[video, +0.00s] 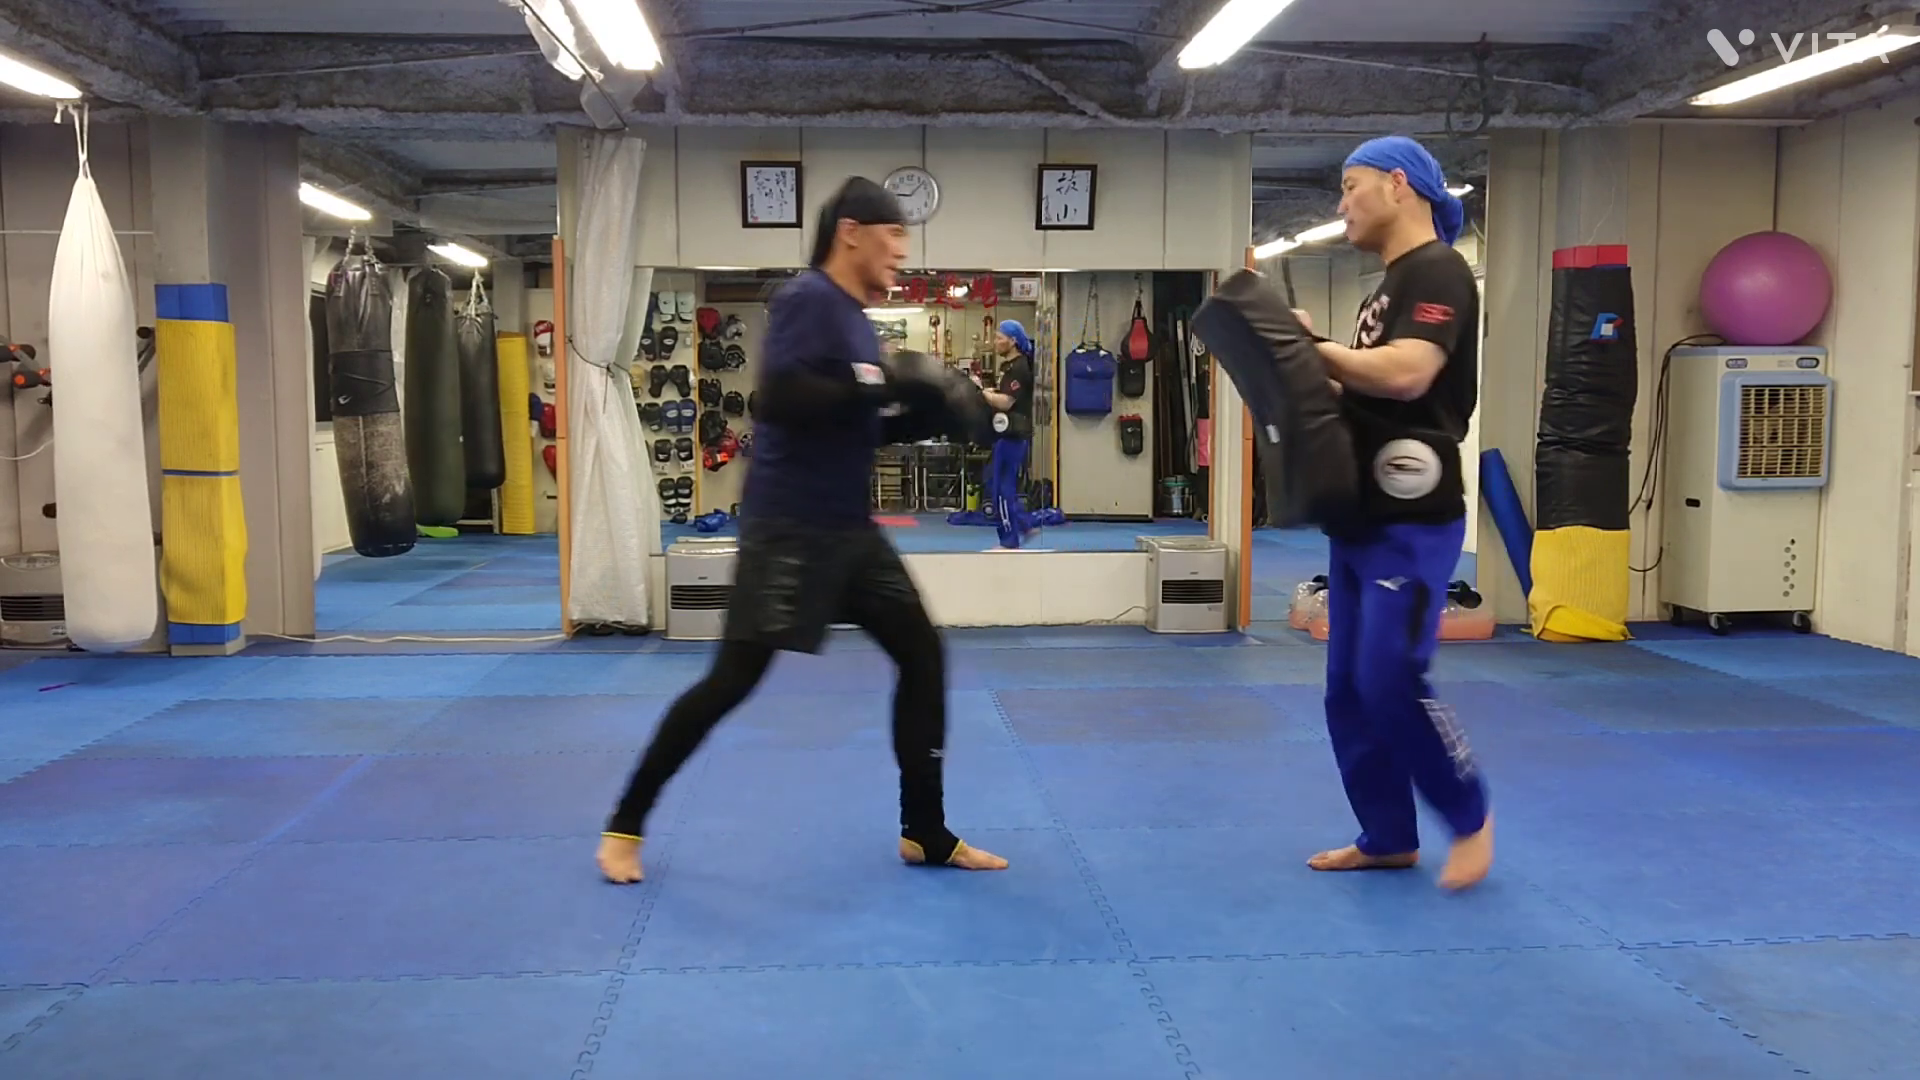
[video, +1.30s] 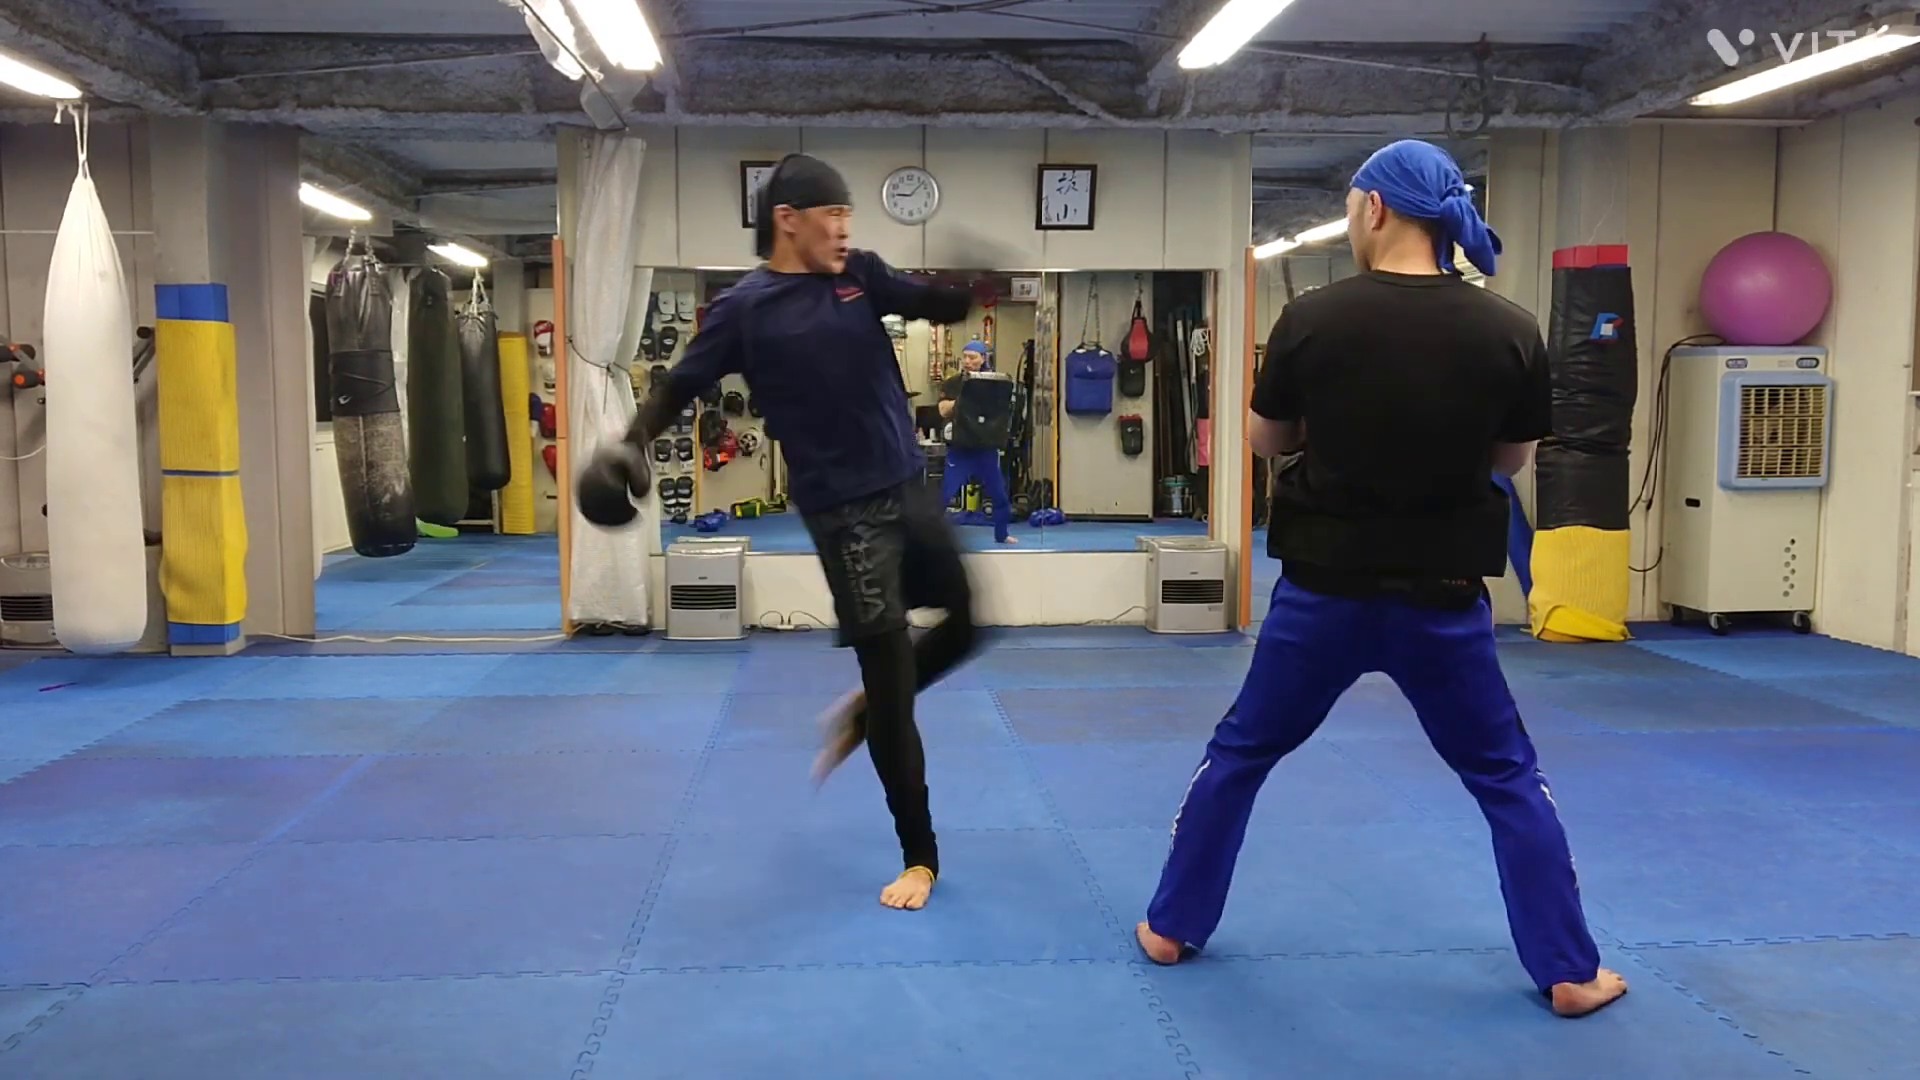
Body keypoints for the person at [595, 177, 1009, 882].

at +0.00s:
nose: (903, 254)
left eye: (905, 241)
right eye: (892, 238)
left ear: (861, 240)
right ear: (848, 234)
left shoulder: (858, 322)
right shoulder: (807, 300)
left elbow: (854, 429)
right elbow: (779, 393)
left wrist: (933, 413)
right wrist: (884, 385)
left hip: (850, 533)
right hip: (785, 532)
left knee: (921, 653)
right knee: (733, 680)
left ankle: (926, 831)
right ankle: (625, 823)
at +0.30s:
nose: (798, 256)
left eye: (801, 244)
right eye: (789, 241)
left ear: (766, 242)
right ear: (744, 234)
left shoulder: (772, 318)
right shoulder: (690, 305)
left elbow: (772, 413)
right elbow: (671, 405)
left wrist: (826, 404)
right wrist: (765, 370)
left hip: (753, 525)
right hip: (681, 530)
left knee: (837, 640)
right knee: (654, 688)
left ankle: (820, 799)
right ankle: (588, 838)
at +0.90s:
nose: (844, 256)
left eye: (848, 242)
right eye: (835, 240)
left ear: (816, 241)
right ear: (792, 232)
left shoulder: (801, 304)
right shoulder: (759, 292)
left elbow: (815, 406)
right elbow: (767, 386)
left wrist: (894, 391)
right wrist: (845, 329)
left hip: (785, 508)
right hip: (735, 507)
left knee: (785, 656)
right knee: (747, 658)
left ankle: (763, 797)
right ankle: (636, 806)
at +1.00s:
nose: (855, 247)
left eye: (859, 234)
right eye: (844, 233)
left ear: (836, 236)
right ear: (802, 230)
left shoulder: (826, 302)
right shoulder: (769, 288)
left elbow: (850, 380)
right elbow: (743, 383)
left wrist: (901, 361)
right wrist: (836, 386)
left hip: (796, 501)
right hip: (757, 501)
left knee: (797, 645)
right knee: (790, 645)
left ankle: (763, 799)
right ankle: (736, 815)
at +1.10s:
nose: (854, 241)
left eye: (860, 231)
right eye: (841, 229)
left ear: (865, 235)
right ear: (804, 227)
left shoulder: (846, 296)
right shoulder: (774, 288)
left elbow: (912, 363)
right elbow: (735, 388)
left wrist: (880, 290)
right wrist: (811, 441)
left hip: (808, 499)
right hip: (768, 499)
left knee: (791, 647)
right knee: (821, 640)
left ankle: (762, 795)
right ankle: (815, 818)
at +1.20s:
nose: (863, 230)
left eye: (867, 218)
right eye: (849, 219)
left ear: (869, 225)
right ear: (813, 223)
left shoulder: (870, 288)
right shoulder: (775, 295)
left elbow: (936, 299)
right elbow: (708, 382)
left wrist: (843, 256)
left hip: (850, 504)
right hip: (804, 504)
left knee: (822, 654)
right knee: (861, 666)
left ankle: (768, 788)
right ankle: (914, 850)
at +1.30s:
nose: (845, 230)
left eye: (846, 217)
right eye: (832, 218)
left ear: (840, 222)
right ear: (783, 221)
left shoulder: (859, 273)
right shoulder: (742, 310)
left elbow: (922, 297)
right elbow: (677, 387)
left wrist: (966, 293)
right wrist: (632, 444)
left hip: (910, 490)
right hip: (844, 512)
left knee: (964, 625)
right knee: (890, 684)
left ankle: (864, 713)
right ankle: (919, 859)